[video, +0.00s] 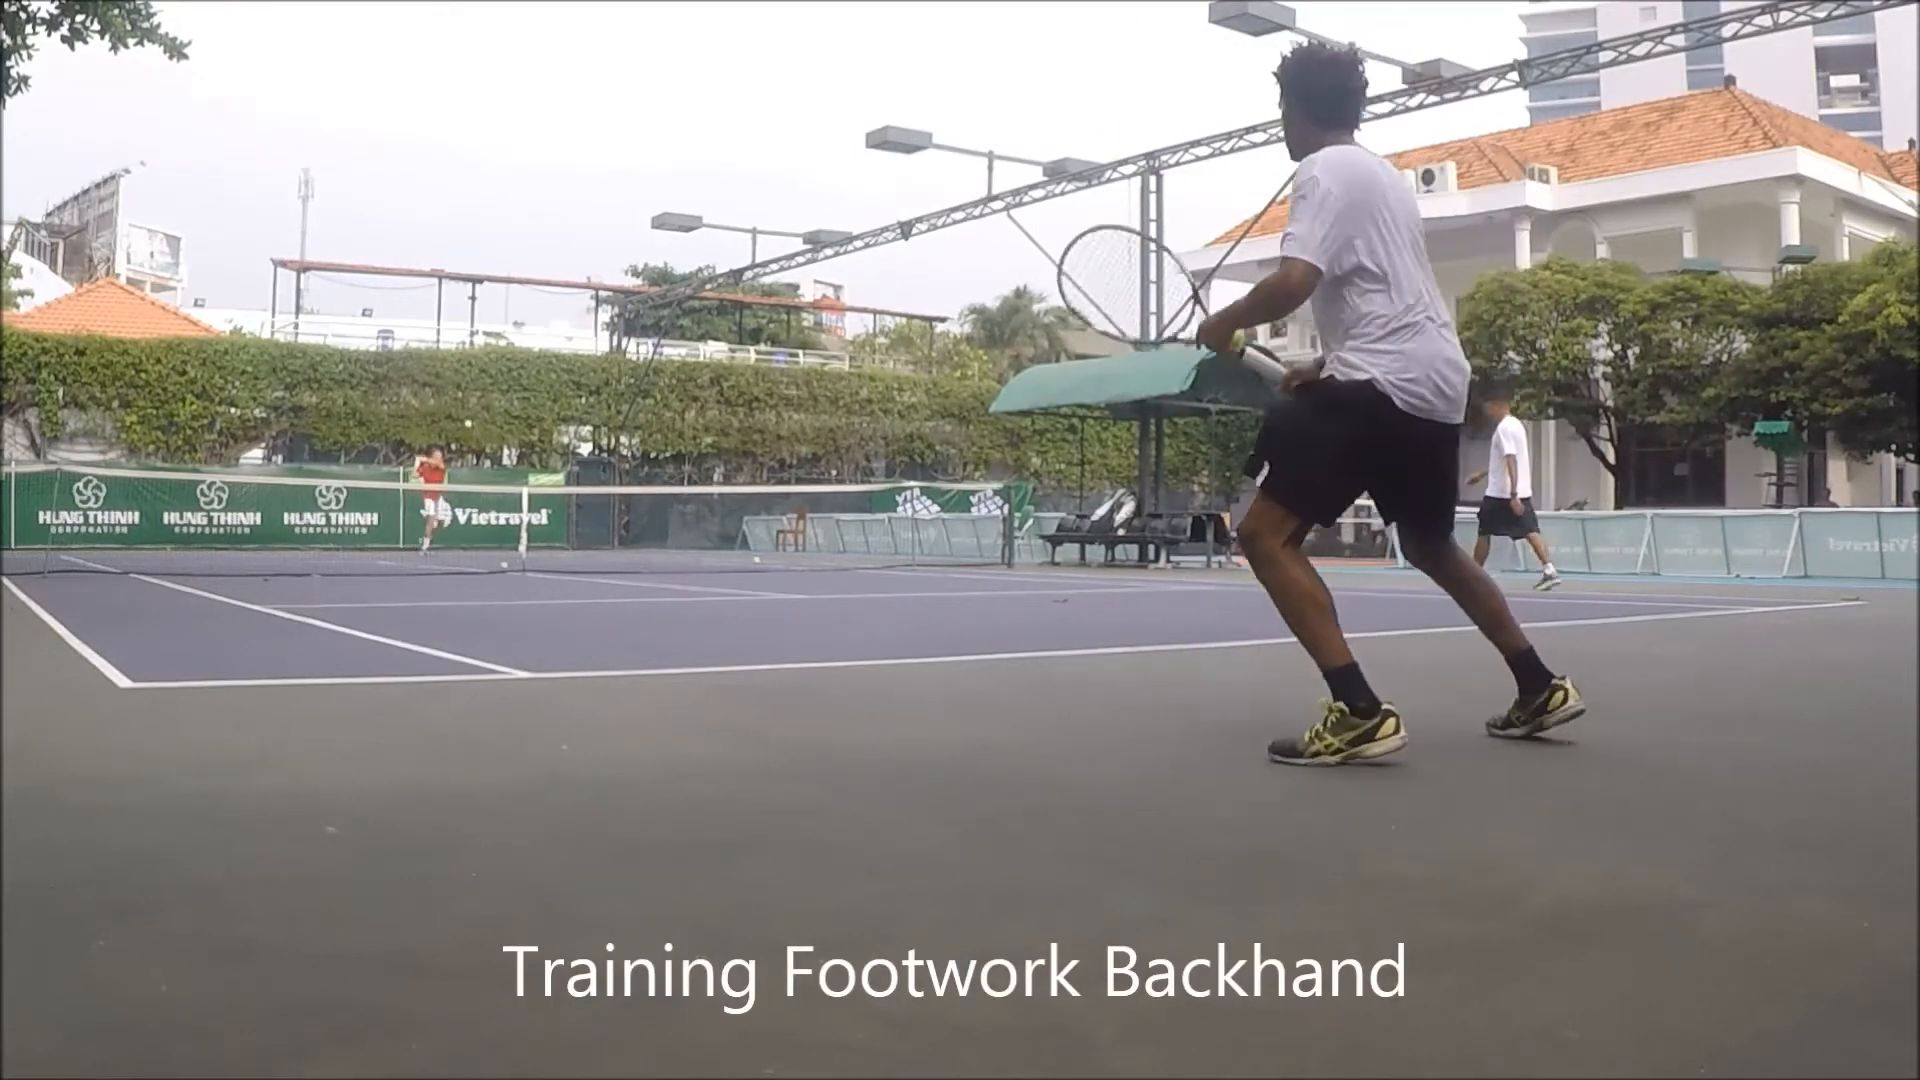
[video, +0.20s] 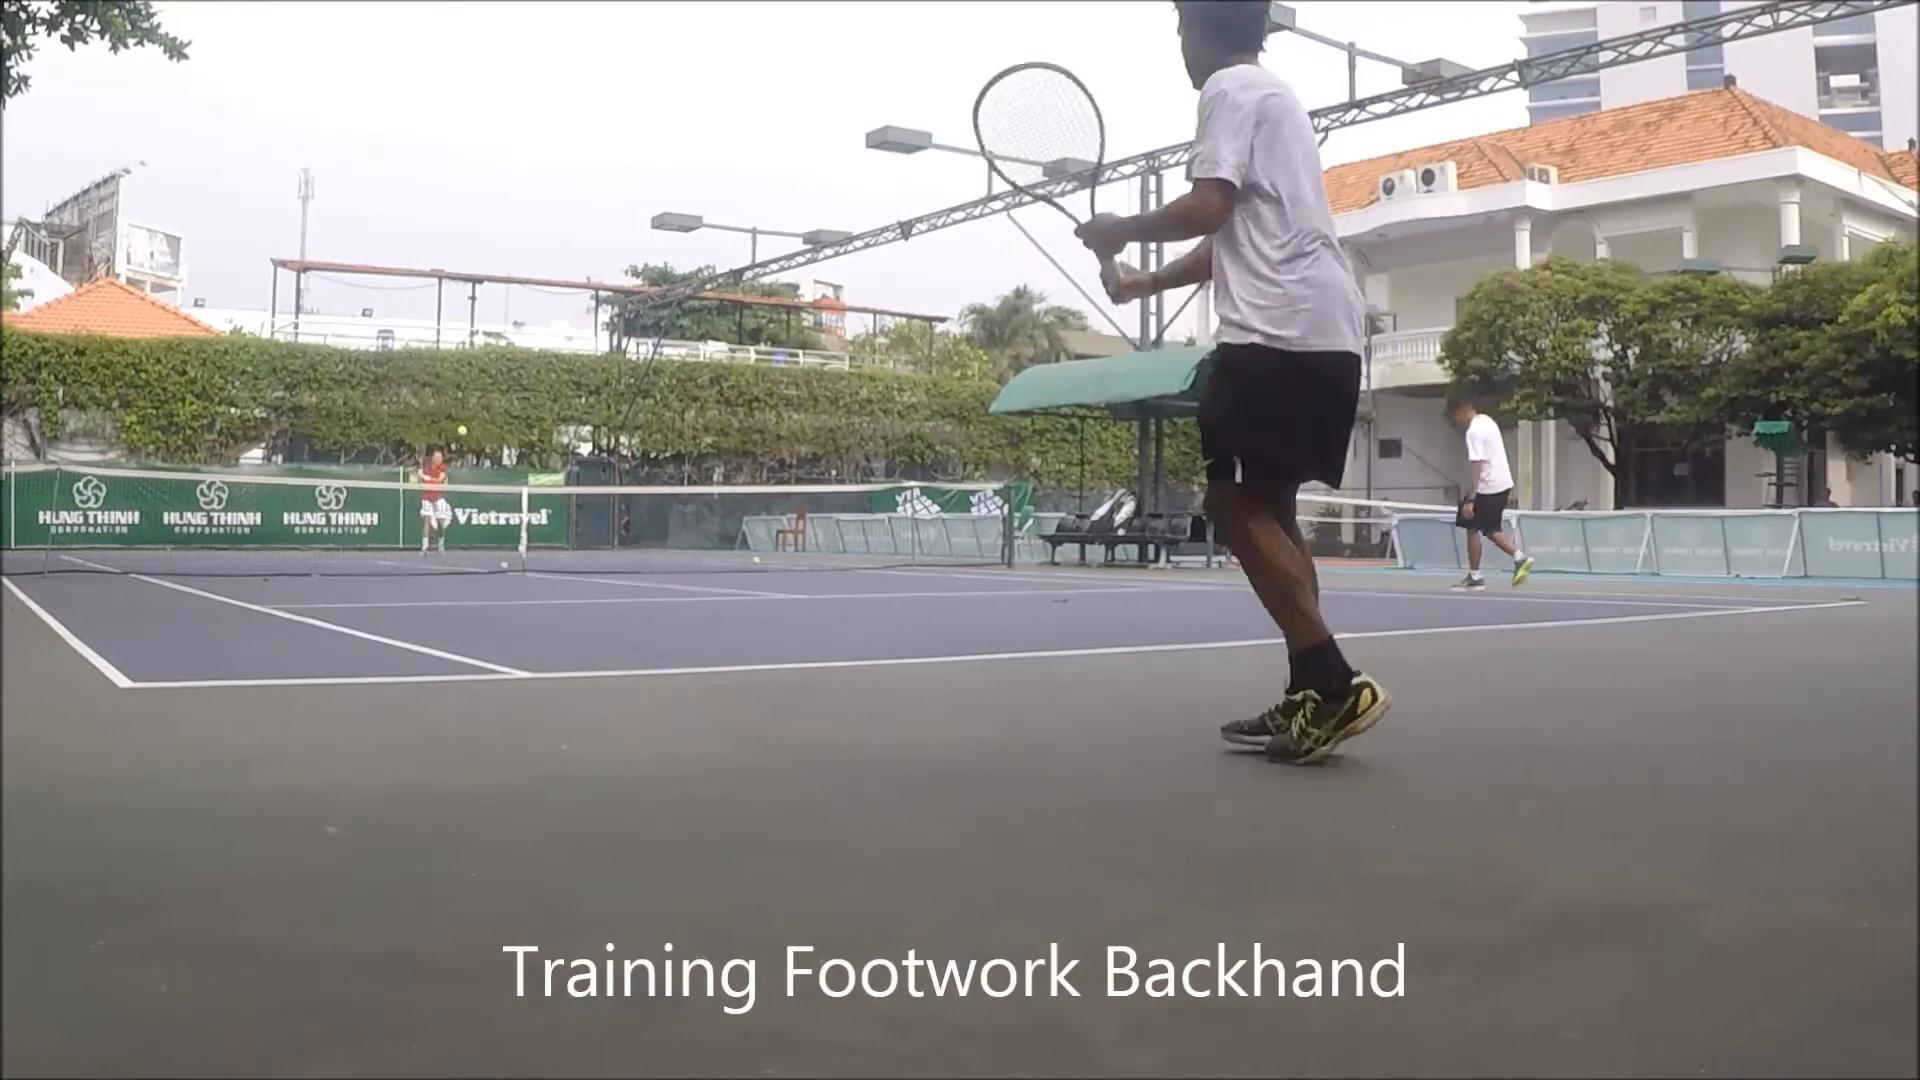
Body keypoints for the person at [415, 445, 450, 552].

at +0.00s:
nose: (438, 459)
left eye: (439, 457)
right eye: (435, 457)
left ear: (442, 458)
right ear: (429, 457)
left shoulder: (442, 468)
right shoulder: (424, 467)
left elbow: (438, 464)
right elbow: (416, 474)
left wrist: (423, 459)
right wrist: (417, 461)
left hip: (438, 493)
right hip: (428, 493)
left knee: (438, 522)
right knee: (431, 517)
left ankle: (426, 537)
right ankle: (426, 542)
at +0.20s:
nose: (437, 459)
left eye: (439, 457)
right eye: (435, 457)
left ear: (442, 459)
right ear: (431, 458)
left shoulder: (443, 469)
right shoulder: (427, 468)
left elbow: (439, 480)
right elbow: (421, 477)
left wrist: (424, 477)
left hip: (438, 495)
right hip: (427, 496)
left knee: (440, 520)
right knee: (427, 520)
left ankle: (441, 544)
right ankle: (425, 543)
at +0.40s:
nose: (435, 460)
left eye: (437, 457)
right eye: (433, 457)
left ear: (441, 459)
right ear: (430, 459)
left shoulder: (442, 472)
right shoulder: (428, 471)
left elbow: (443, 486)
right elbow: (424, 483)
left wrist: (428, 486)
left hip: (438, 501)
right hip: (427, 500)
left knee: (440, 524)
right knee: (423, 522)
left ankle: (441, 545)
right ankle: (419, 545)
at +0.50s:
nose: (433, 458)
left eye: (435, 455)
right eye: (431, 455)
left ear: (438, 456)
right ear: (428, 456)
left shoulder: (441, 469)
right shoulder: (425, 469)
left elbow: (444, 486)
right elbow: (421, 481)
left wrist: (428, 486)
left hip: (437, 498)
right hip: (426, 497)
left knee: (440, 521)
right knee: (421, 519)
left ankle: (441, 544)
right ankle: (417, 544)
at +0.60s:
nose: (429, 460)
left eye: (432, 458)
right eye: (427, 457)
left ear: (436, 459)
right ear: (425, 459)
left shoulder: (439, 470)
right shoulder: (422, 470)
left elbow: (443, 486)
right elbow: (416, 481)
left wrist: (428, 487)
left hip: (435, 499)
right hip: (423, 499)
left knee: (439, 521)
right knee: (417, 517)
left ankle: (440, 541)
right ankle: (415, 540)